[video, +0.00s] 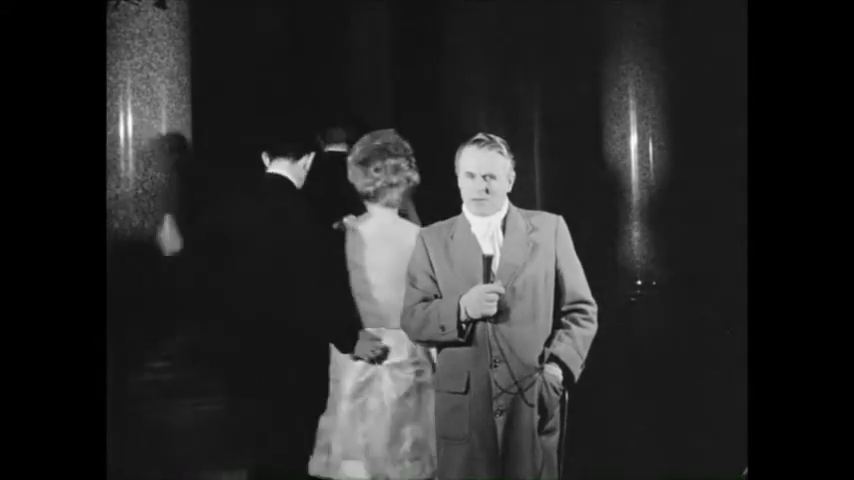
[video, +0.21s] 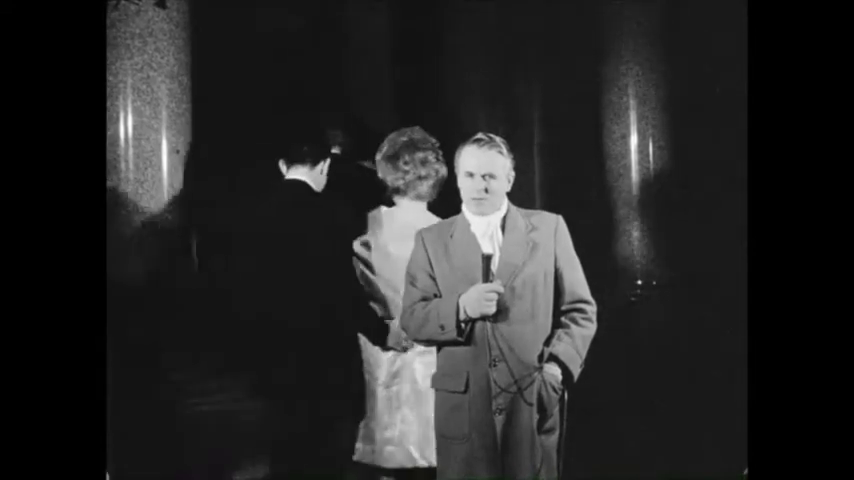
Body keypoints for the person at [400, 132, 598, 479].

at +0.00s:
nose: (480, 186)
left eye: (490, 177)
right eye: (471, 176)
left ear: (510, 180)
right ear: (458, 180)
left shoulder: (549, 230)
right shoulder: (431, 240)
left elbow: (580, 310)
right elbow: (413, 318)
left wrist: (557, 366)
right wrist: (461, 308)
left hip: (531, 397)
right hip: (461, 398)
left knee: (533, 474)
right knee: (460, 474)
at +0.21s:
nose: (479, 186)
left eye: (490, 176)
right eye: (470, 176)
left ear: (509, 180)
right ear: (457, 180)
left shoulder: (549, 229)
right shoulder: (430, 240)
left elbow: (579, 309)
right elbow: (412, 319)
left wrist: (557, 365)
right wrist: (460, 307)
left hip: (531, 396)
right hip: (461, 397)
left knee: (533, 474)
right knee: (461, 474)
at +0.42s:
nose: (474, 184)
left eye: (485, 174)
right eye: (465, 175)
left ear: (507, 179)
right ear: (454, 180)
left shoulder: (546, 230)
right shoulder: (428, 240)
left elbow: (577, 309)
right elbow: (408, 317)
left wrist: (554, 365)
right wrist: (457, 308)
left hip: (528, 396)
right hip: (458, 397)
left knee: (530, 474)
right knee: (458, 474)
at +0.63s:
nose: (469, 182)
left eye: (480, 173)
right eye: (461, 172)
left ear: (502, 180)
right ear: (450, 180)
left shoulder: (542, 231)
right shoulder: (423, 242)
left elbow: (573, 310)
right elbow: (406, 319)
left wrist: (551, 365)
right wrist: (454, 307)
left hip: (525, 397)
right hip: (455, 398)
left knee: (527, 474)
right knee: (454, 474)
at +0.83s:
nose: (466, 177)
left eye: (478, 168)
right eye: (457, 168)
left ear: (498, 180)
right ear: (445, 179)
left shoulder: (537, 232)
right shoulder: (420, 244)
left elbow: (569, 310)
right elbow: (401, 320)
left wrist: (548, 365)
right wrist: (450, 306)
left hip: (522, 397)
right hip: (451, 400)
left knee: (524, 475)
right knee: (453, 474)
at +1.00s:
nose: (464, 178)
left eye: (476, 169)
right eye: (455, 170)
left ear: (495, 181)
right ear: (443, 181)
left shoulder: (535, 232)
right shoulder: (417, 244)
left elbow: (567, 310)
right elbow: (400, 321)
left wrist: (547, 365)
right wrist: (449, 306)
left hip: (521, 396)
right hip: (450, 399)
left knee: (524, 475)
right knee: (454, 474)